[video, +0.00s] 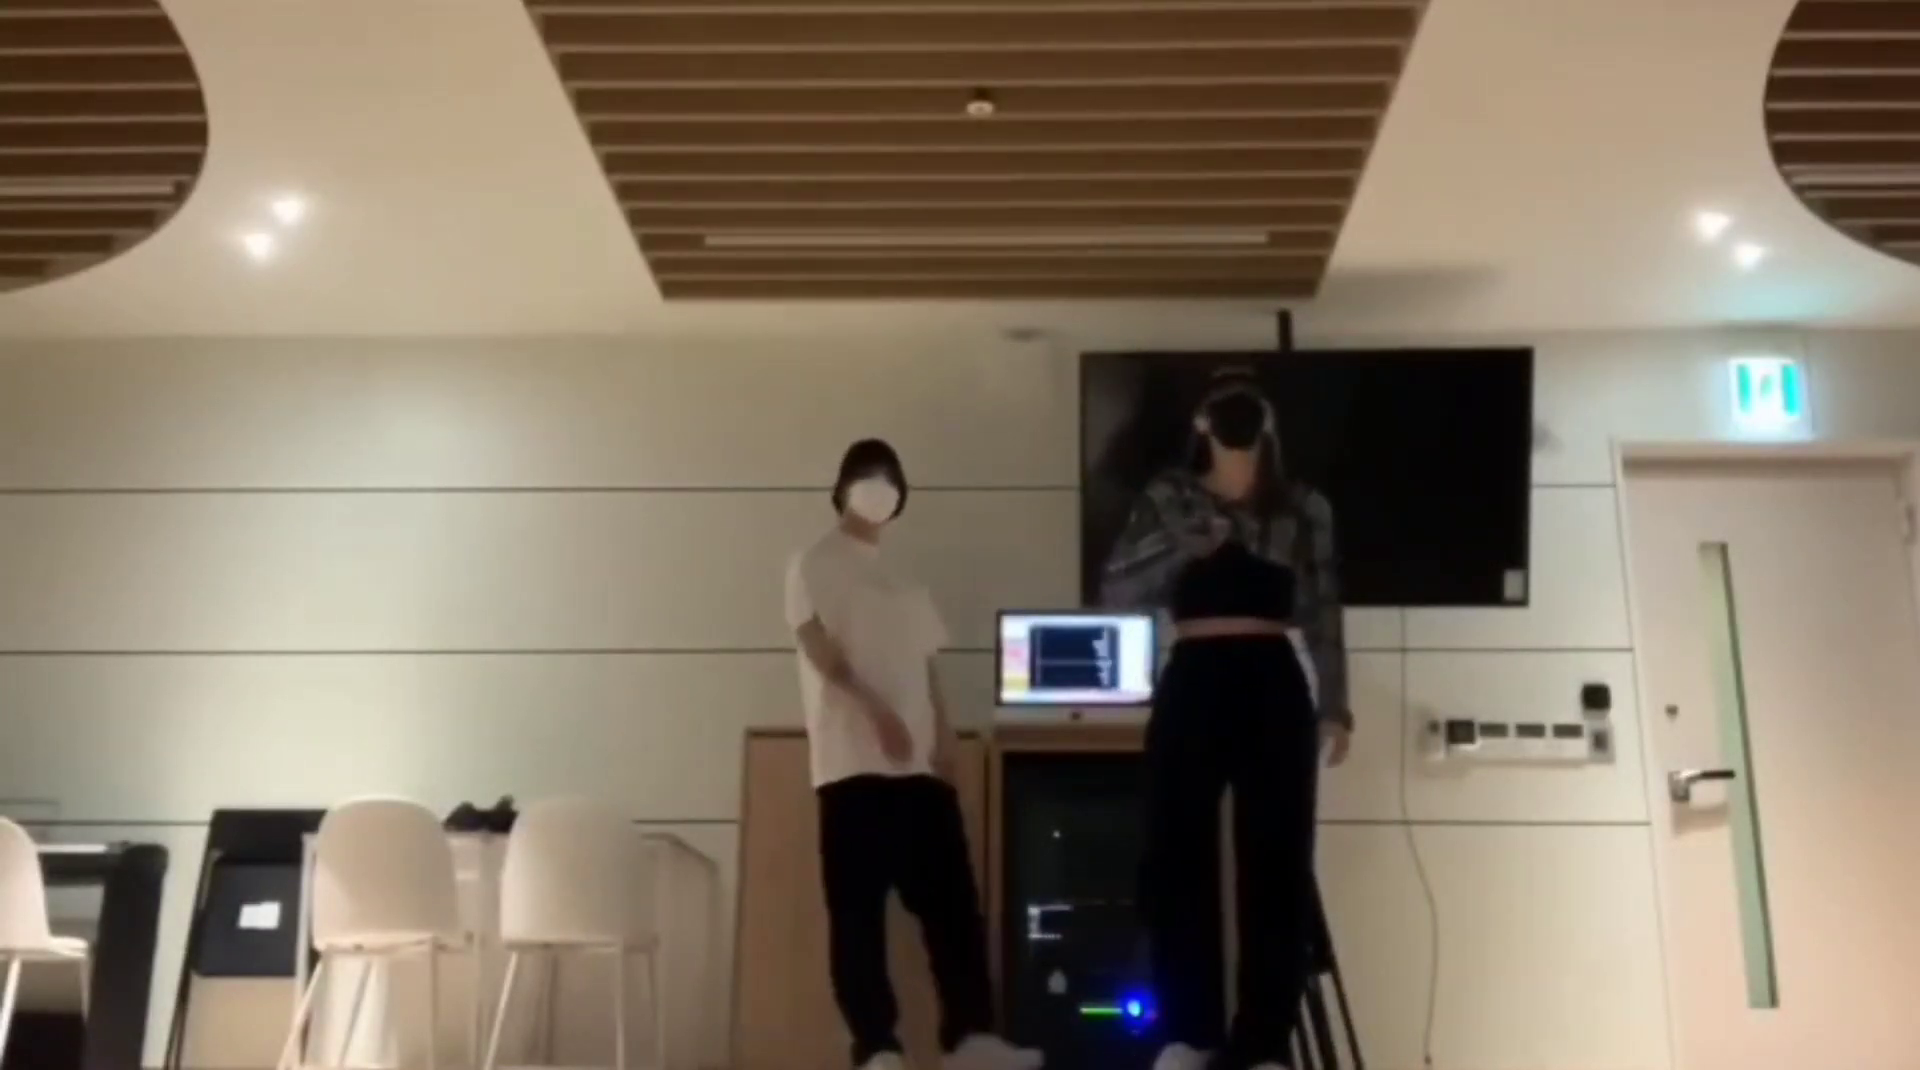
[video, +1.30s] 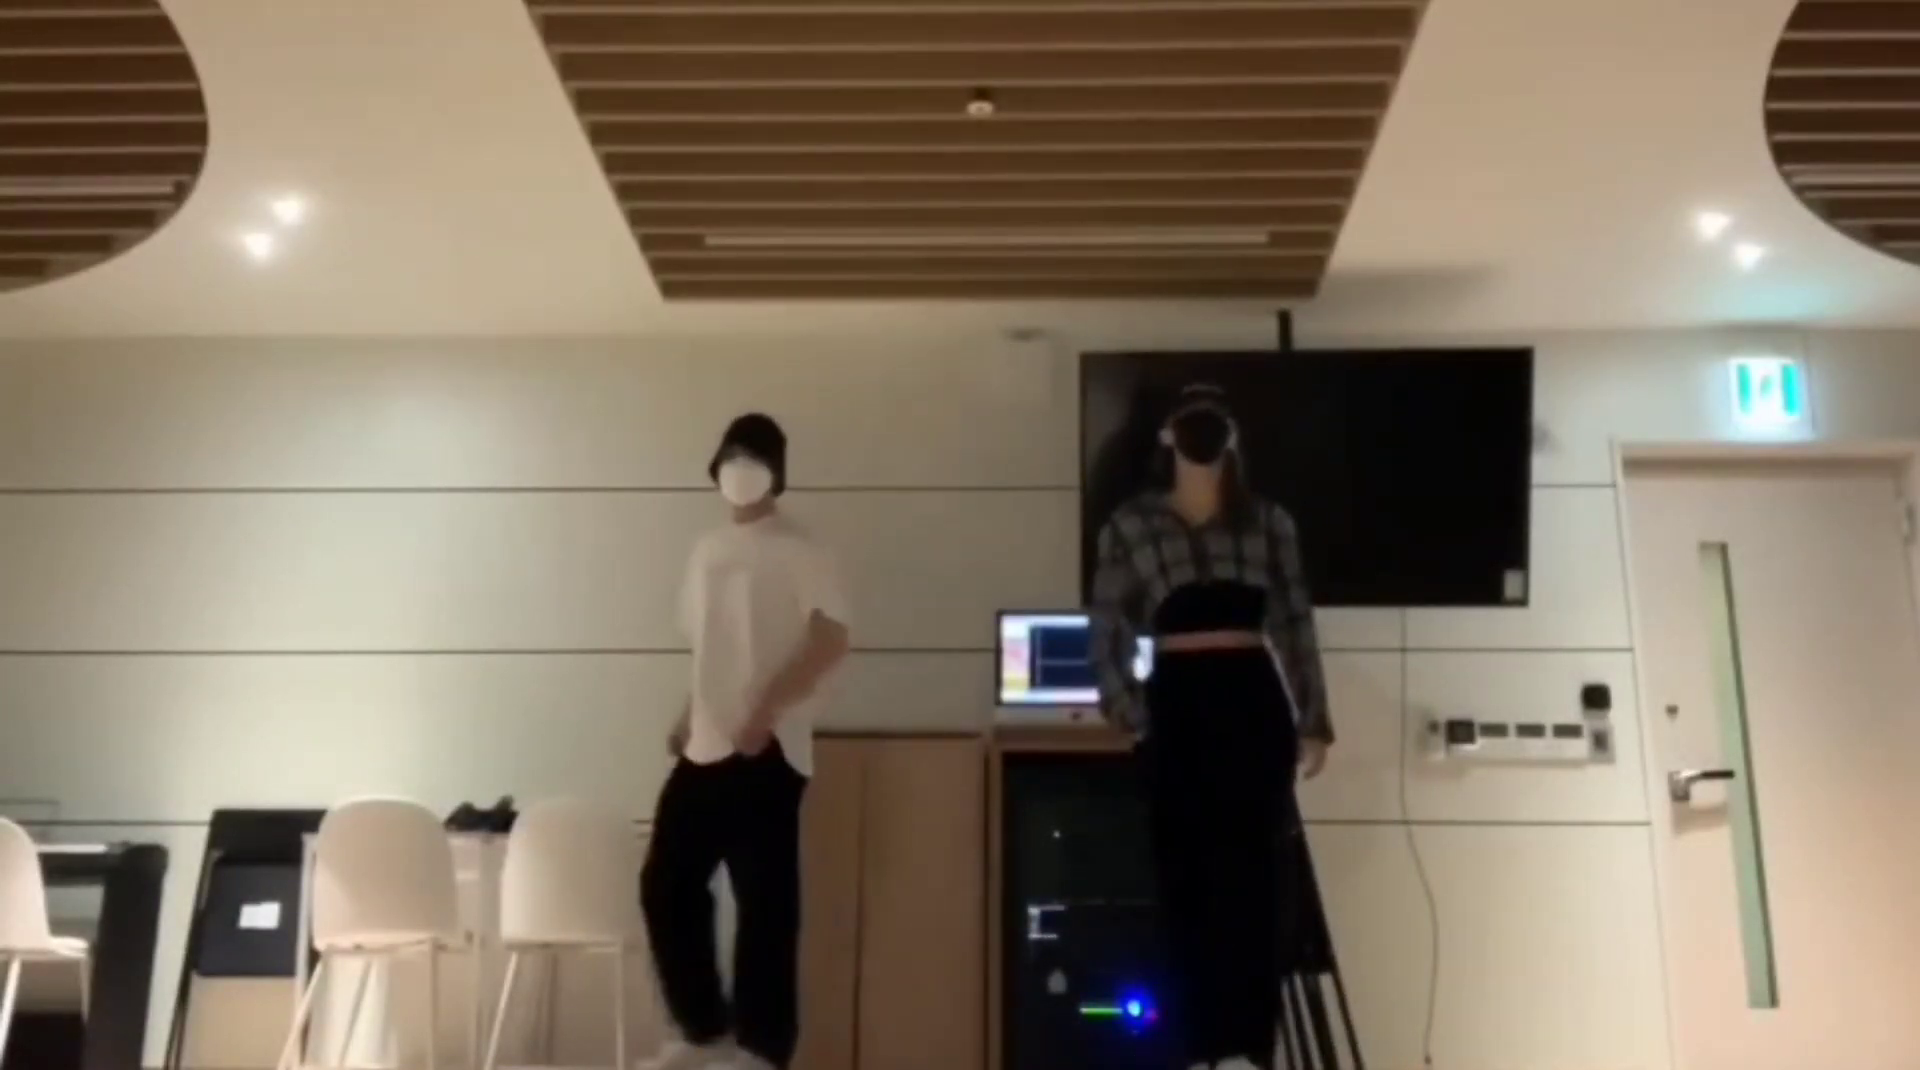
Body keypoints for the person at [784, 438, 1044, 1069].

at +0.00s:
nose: (876, 493)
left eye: (888, 483)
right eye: (865, 480)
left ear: (901, 496)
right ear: (842, 489)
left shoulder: (906, 581)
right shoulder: (813, 564)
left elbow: (930, 674)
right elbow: (818, 648)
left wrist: (942, 744)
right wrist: (878, 712)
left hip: (918, 774)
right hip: (850, 773)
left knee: (953, 910)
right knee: (857, 919)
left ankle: (969, 1036)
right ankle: (876, 1045)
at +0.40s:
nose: (870, 493)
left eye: (882, 482)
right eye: (858, 480)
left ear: (898, 492)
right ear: (838, 490)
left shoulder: (922, 567)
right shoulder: (811, 567)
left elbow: (946, 660)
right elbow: (783, 662)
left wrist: (934, 730)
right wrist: (778, 750)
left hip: (903, 760)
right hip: (826, 763)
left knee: (904, 886)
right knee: (841, 903)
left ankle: (903, 1007)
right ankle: (862, 1037)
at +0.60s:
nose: (859, 489)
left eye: (872, 477)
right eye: (847, 476)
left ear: (890, 488)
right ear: (828, 485)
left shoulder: (921, 568)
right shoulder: (805, 566)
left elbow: (939, 658)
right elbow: (776, 658)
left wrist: (899, 729)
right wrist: (763, 737)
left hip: (887, 749)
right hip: (813, 748)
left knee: (857, 897)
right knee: (835, 899)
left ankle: (808, 1016)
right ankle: (875, 1037)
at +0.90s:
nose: (814, 485)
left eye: (830, 474)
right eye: (804, 471)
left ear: (850, 487)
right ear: (788, 479)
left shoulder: (869, 565)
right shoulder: (762, 560)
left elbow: (880, 659)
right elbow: (754, 659)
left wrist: (805, 727)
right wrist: (749, 744)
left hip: (839, 759)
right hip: (775, 755)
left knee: (796, 907)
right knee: (832, 900)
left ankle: (771, 1043)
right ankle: (891, 1032)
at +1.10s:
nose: (780, 478)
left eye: (795, 467)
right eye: (770, 464)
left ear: (815, 478)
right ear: (754, 472)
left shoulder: (831, 556)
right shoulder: (739, 553)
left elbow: (850, 649)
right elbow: (734, 652)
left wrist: (769, 718)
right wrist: (716, 723)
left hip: (800, 750)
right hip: (745, 748)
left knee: (769, 896)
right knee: (745, 893)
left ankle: (767, 1045)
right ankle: (852, 1001)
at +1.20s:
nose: (758, 477)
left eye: (773, 464)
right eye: (747, 465)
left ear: (796, 475)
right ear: (734, 473)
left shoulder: (817, 549)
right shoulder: (728, 552)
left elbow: (839, 640)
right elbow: (728, 652)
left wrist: (765, 711)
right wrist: (704, 721)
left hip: (784, 752)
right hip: (724, 752)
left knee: (766, 892)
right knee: (696, 883)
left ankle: (767, 1042)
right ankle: (788, 994)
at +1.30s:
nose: (741, 476)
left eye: (755, 463)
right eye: (730, 464)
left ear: (778, 473)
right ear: (716, 472)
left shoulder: (804, 551)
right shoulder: (708, 551)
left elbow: (831, 638)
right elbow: (715, 651)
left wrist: (764, 711)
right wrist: (690, 720)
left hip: (768, 760)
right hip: (701, 760)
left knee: (766, 906)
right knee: (668, 889)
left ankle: (764, 1046)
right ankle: (702, 1030)